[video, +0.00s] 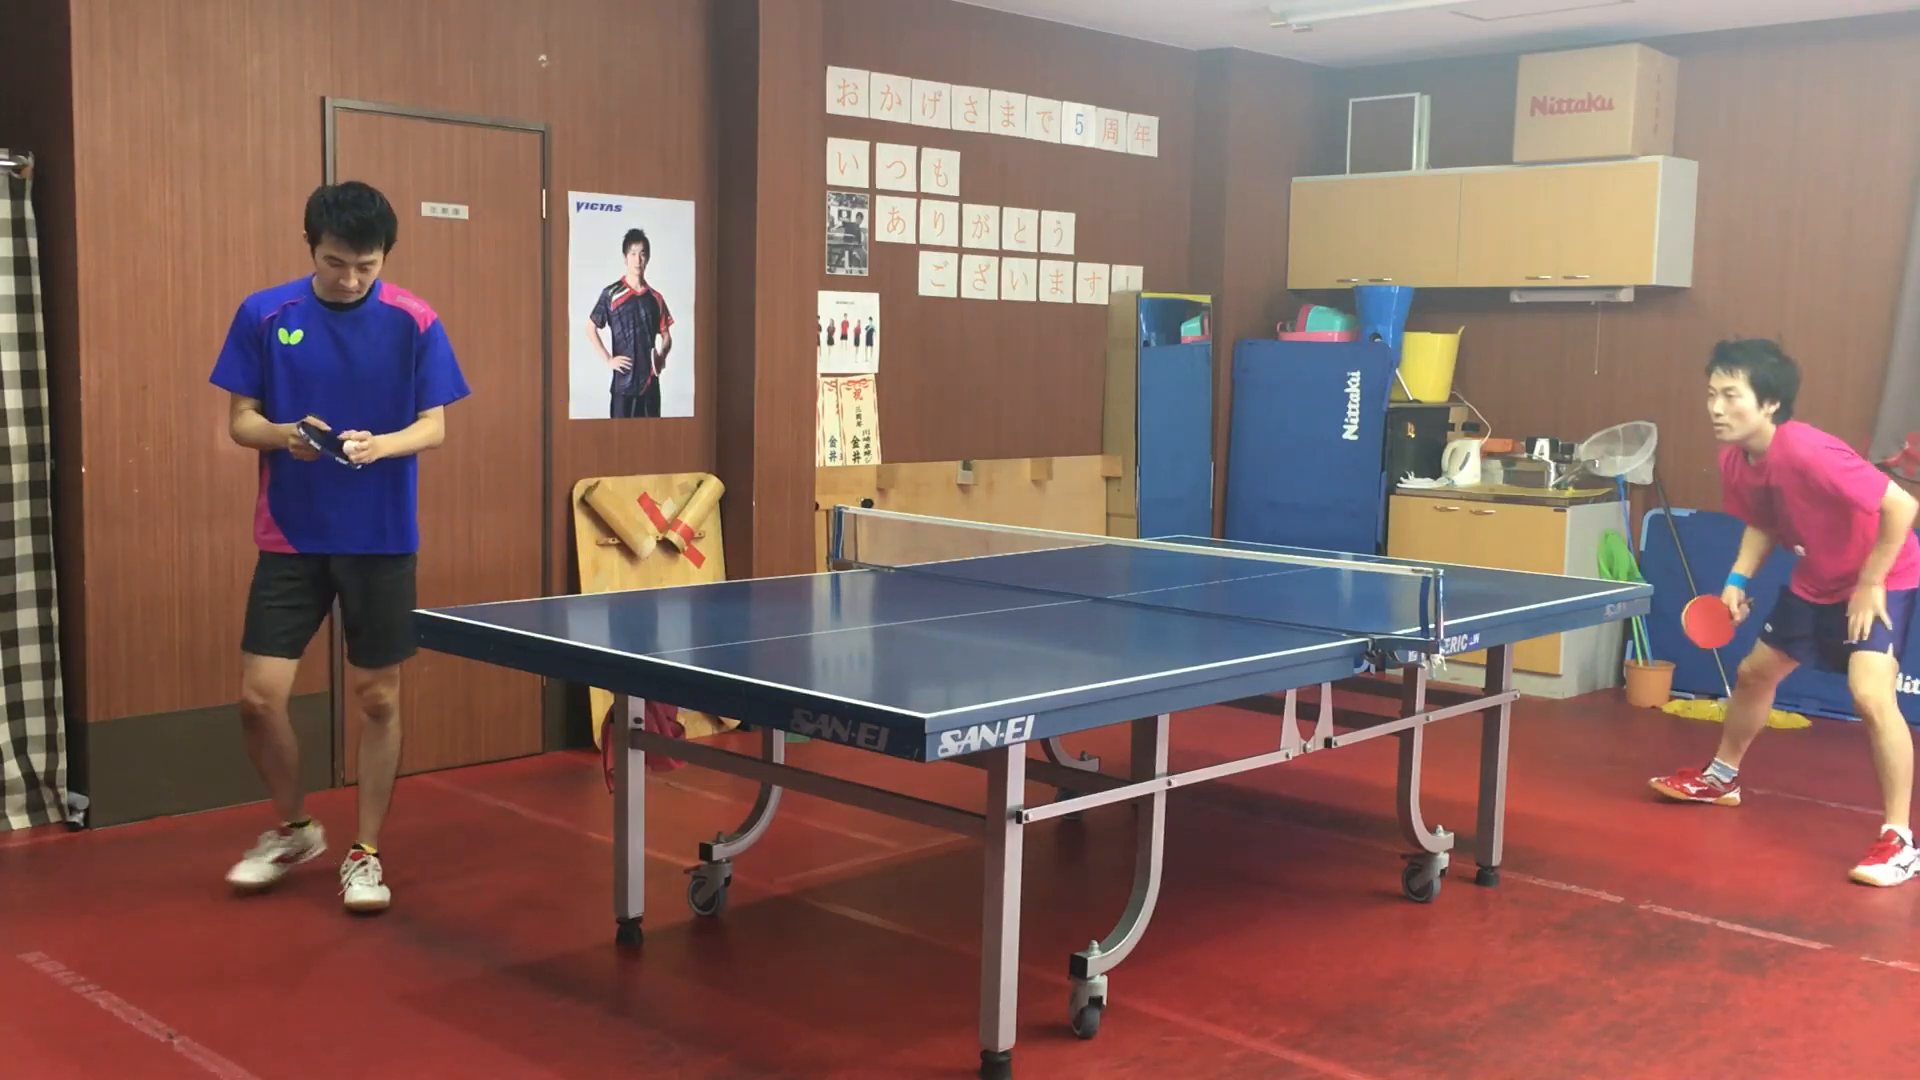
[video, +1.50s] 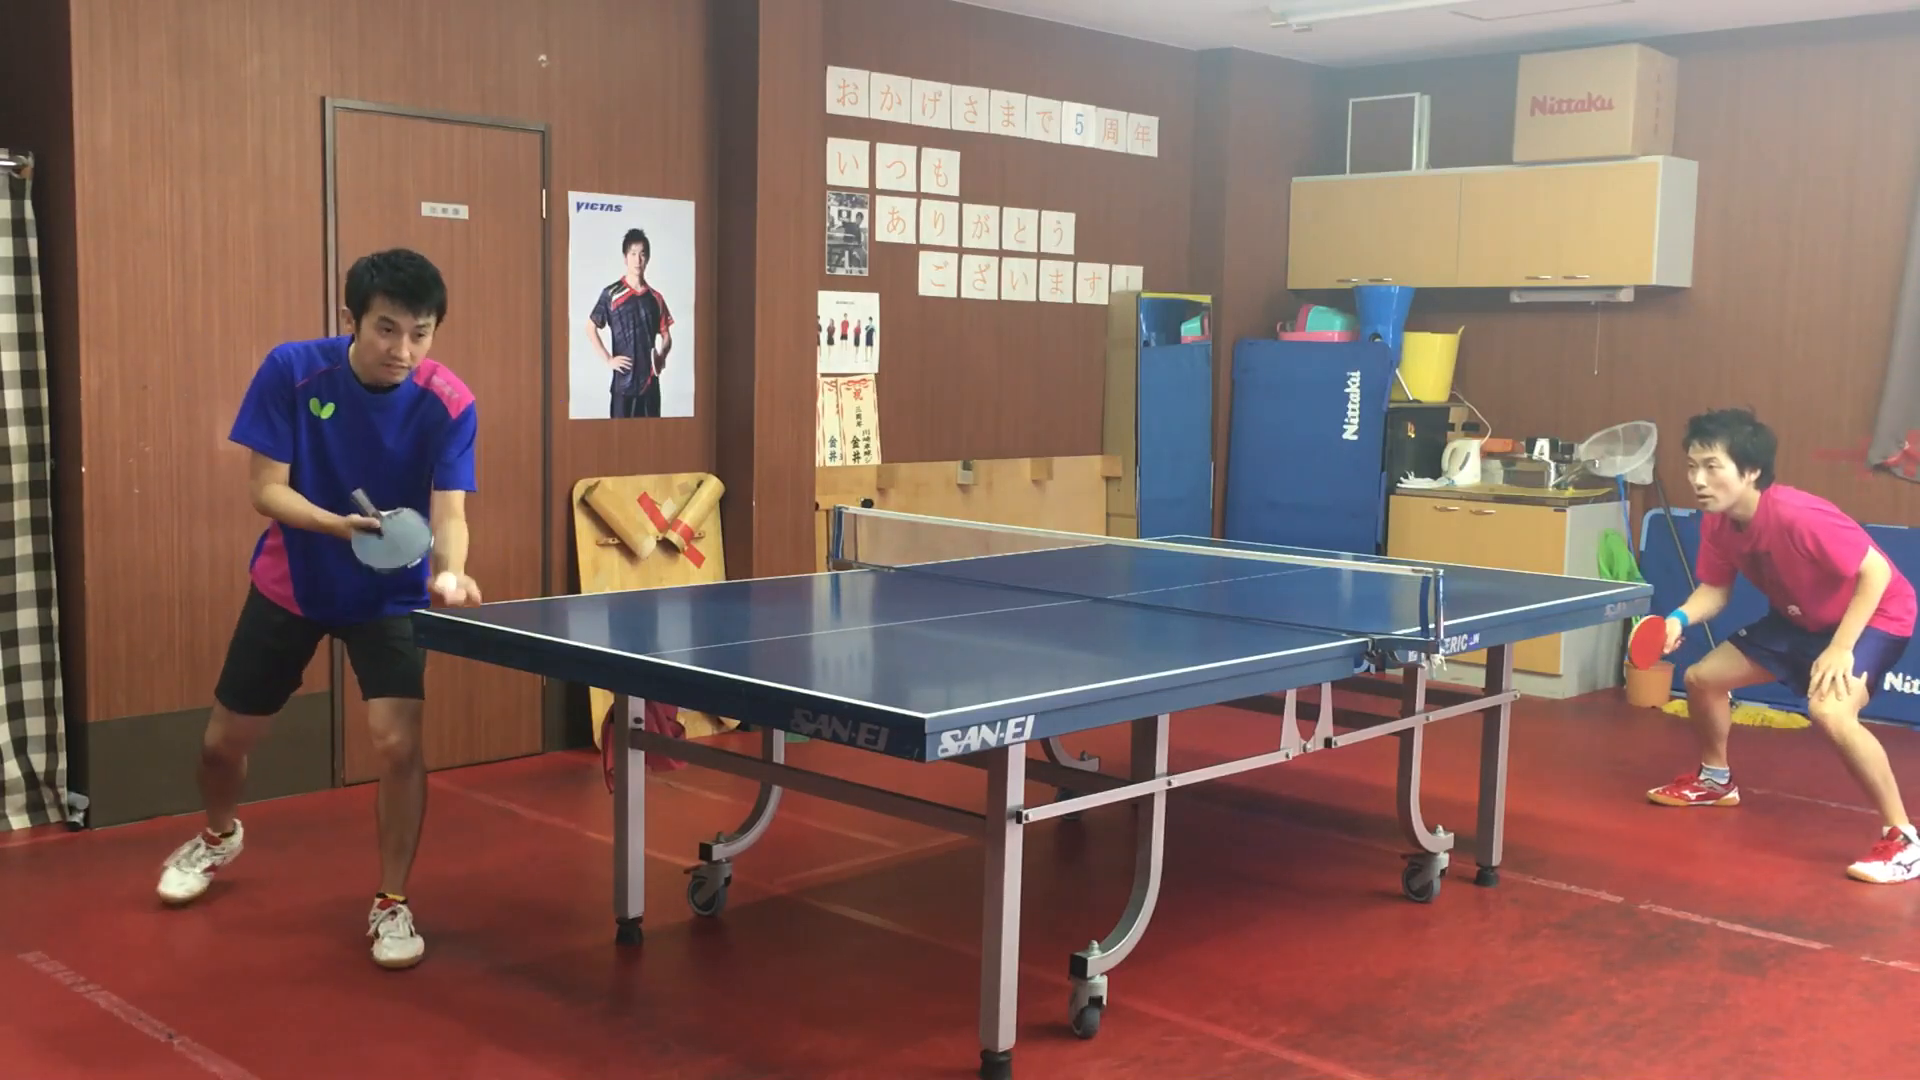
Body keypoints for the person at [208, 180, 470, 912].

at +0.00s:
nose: (350, 281)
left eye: (365, 267)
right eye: (337, 265)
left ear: (385, 254)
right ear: (312, 247)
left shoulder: (413, 320)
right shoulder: (265, 316)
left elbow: (435, 427)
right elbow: (240, 423)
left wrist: (383, 445)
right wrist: (288, 436)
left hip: (379, 547)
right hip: (291, 545)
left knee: (378, 699)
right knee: (259, 696)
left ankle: (367, 851)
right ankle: (292, 829)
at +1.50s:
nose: (401, 351)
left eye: (418, 334)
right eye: (386, 331)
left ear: (433, 330)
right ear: (354, 320)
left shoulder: (448, 402)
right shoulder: (293, 371)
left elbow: (451, 517)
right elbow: (267, 492)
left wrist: (452, 570)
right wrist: (336, 523)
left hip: (387, 595)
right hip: (291, 583)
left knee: (400, 748)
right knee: (221, 745)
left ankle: (392, 901)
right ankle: (219, 836)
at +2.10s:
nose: (229, 314)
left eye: (238, 297)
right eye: (207, 303)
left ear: (257, 306)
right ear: (178, 325)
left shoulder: (303, 377)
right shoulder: (163, 397)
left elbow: (402, 449)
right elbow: (158, 485)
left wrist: (353, 464)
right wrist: (143, 526)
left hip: (320, 594)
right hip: (222, 601)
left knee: (361, 729)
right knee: (166, 761)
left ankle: (392, 898)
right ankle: (178, 852)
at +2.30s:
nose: (179, 338)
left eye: (188, 318)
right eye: (157, 327)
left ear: (213, 323)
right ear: (136, 344)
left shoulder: (273, 399)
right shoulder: (132, 403)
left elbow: (379, 472)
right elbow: (99, 441)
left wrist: (334, 550)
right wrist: (20, 424)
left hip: (303, 600)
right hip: (202, 614)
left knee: (373, 723)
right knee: (150, 781)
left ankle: (394, 896)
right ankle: (179, 853)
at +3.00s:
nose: (348, 311)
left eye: (347, 293)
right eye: (339, 293)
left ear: (290, 302)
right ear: (289, 301)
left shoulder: (279, 382)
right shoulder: (194, 384)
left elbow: (244, 498)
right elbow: (153, 534)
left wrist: (318, 556)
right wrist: (291, 570)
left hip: (195, 624)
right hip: (124, 627)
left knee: (283, 751)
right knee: (134, 830)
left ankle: (239, 930)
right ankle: (41, 1056)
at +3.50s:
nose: (340, 347)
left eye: (340, 329)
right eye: (329, 328)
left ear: (272, 335)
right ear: (267, 335)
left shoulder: (271, 409)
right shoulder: (176, 428)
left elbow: (288, 500)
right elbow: (106, 571)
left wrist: (359, 568)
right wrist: (193, 664)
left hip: (151, 642)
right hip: (112, 650)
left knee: (158, 793)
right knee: (246, 803)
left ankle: (15, 927)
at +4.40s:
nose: (377, 300)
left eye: (374, 283)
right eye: (367, 284)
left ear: (318, 295)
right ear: (320, 295)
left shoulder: (312, 366)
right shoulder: (254, 386)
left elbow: (314, 462)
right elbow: (215, 534)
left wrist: (400, 530)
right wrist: (346, 561)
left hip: (225, 607)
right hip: (192, 611)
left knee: (252, 773)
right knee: (296, 796)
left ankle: (205, 911)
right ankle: (236, 1022)